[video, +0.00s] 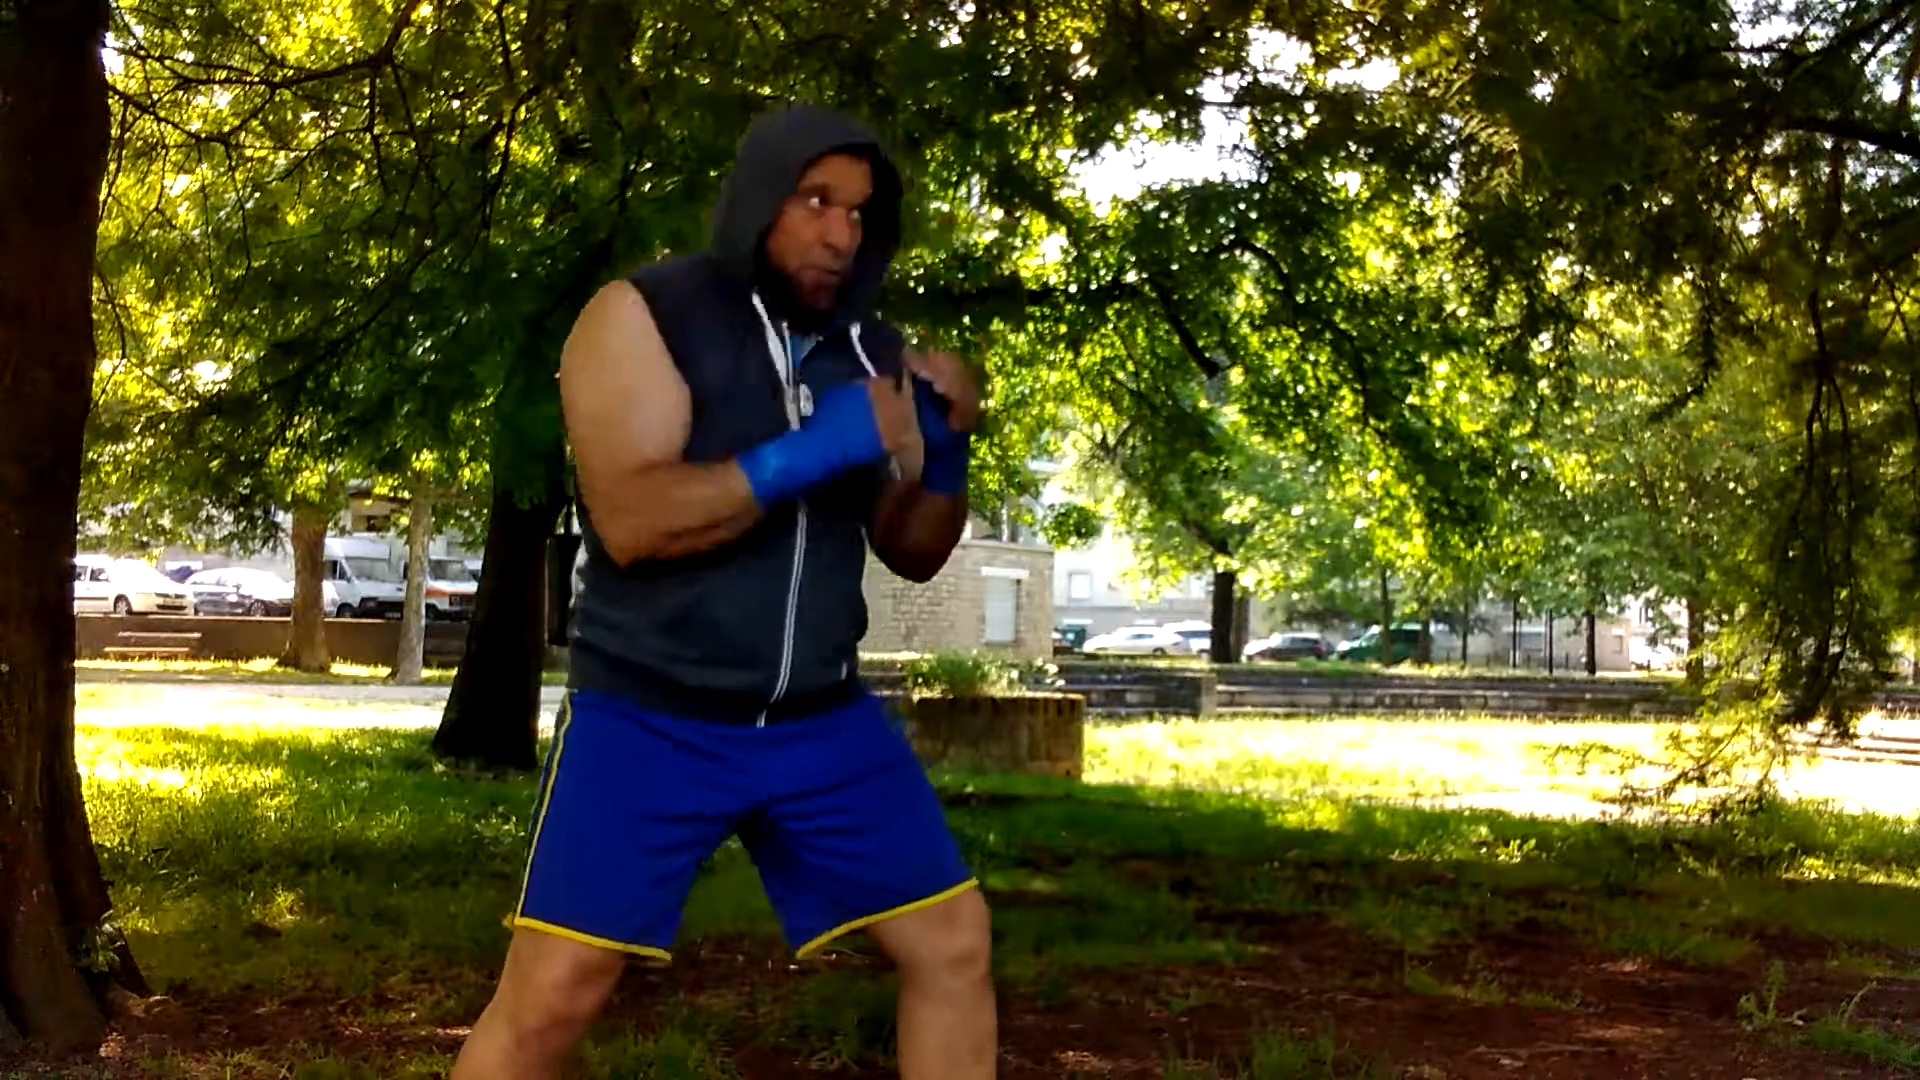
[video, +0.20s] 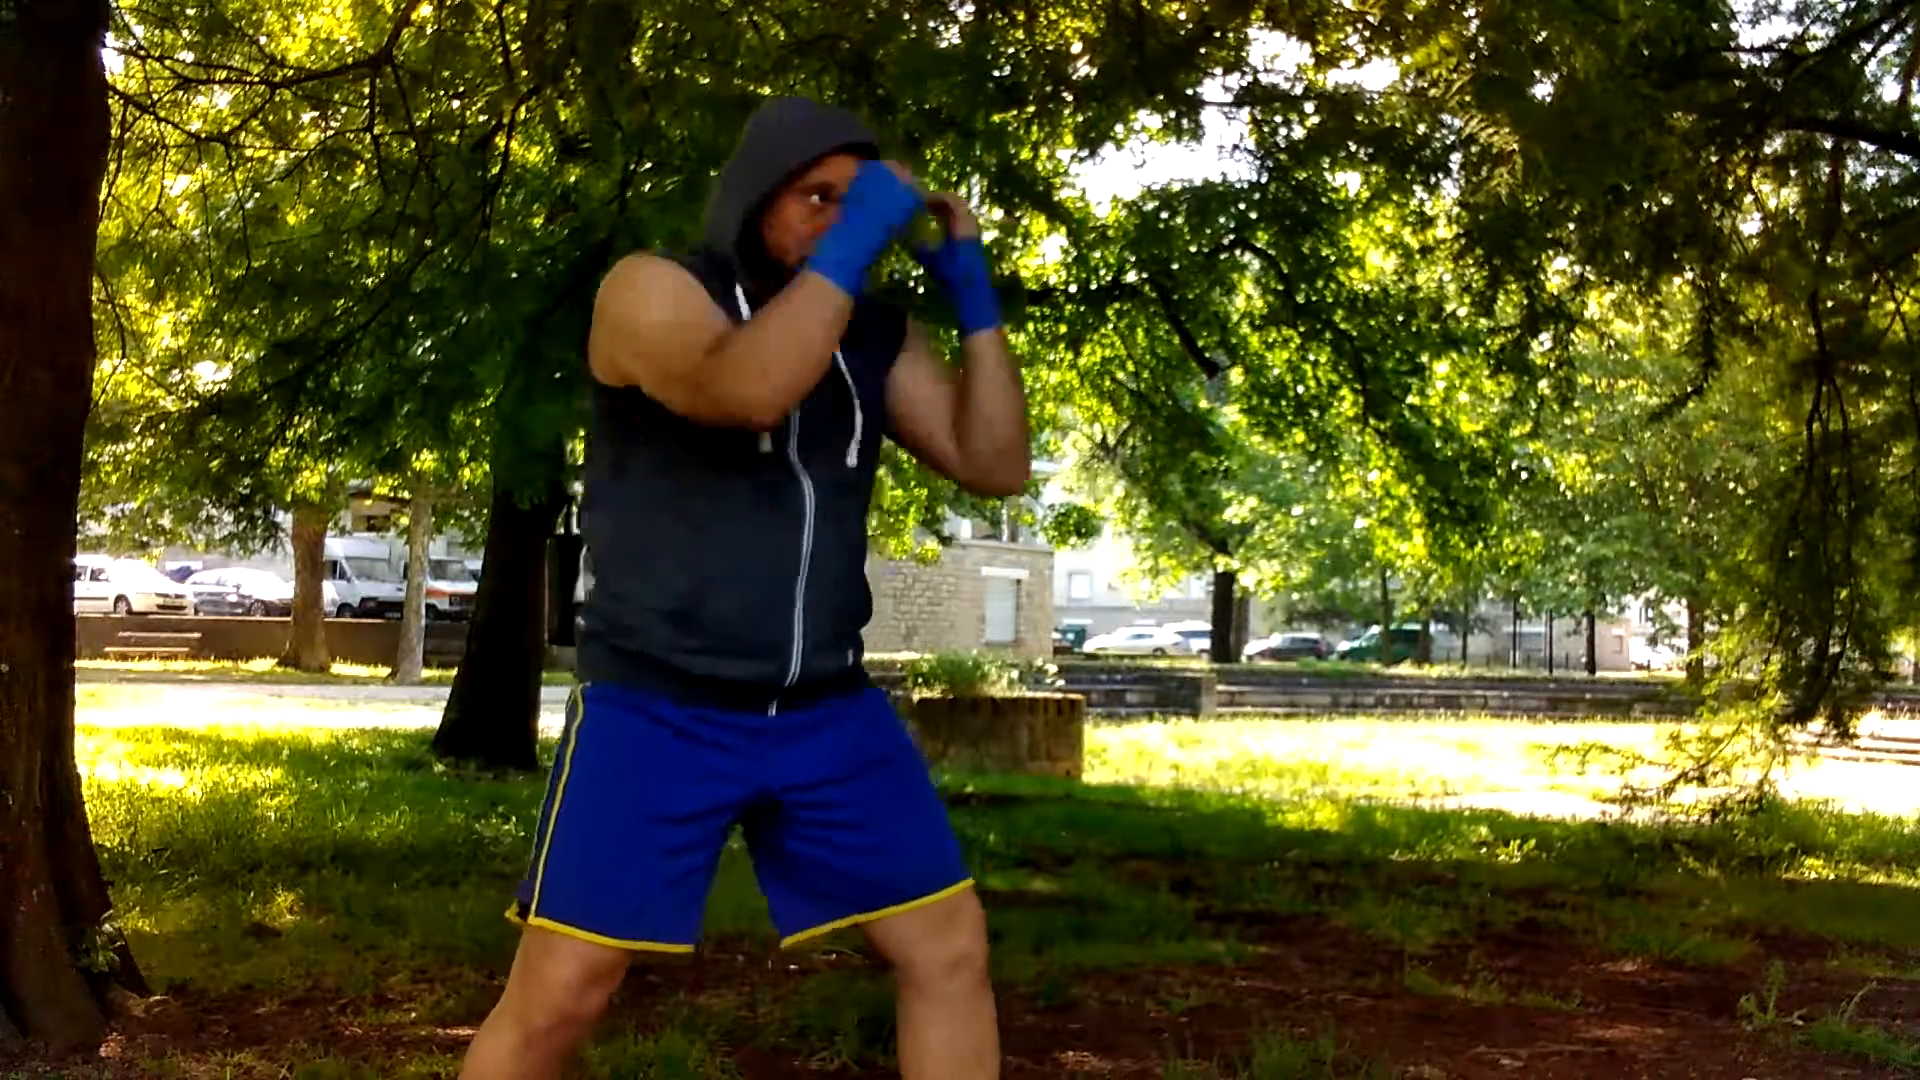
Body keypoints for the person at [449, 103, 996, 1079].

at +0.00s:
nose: (844, 233)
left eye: (859, 212)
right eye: (820, 202)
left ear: (873, 229)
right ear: (757, 202)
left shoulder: (874, 352)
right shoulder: (636, 316)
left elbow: (915, 553)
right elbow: (631, 520)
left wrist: (947, 445)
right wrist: (820, 443)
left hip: (823, 720)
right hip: (647, 722)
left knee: (951, 945)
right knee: (550, 998)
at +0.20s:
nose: (841, 225)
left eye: (857, 206)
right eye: (817, 197)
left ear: (867, 224)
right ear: (751, 196)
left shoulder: (868, 336)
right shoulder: (646, 291)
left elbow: (997, 465)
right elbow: (747, 387)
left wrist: (972, 289)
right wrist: (856, 238)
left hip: (830, 711)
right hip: (653, 712)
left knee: (947, 950)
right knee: (561, 993)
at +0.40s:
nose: (898, 255)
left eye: (917, 237)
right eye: (878, 223)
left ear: (930, 245)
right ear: (815, 213)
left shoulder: (902, 353)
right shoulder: (696, 287)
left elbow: (1029, 467)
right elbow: (833, 360)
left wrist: (1021, 277)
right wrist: (992, 213)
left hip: (842, 721)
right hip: (668, 720)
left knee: (947, 950)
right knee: (571, 1000)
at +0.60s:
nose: (887, 242)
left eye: (904, 220)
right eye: (864, 211)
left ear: (916, 232)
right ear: (801, 203)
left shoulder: (892, 362)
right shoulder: (672, 305)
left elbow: (906, 570)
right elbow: (666, 511)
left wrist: (958, 486)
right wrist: (875, 470)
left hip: (827, 721)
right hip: (652, 721)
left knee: (947, 955)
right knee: (563, 1006)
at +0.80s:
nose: (725, 229)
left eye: (747, 206)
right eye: (700, 200)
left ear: (767, 219)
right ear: (648, 200)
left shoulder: (791, 327)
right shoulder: (543, 317)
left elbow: (894, 507)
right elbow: (574, 492)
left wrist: (880, 351)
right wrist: (731, 350)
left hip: (782, 704)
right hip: (596, 714)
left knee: (902, 940)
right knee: (529, 995)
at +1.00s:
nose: (535, 268)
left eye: (562, 239)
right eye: (509, 236)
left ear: (600, 237)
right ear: (467, 237)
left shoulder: (676, 309)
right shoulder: (424, 359)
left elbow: (889, 375)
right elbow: (430, 563)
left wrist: (726, 253)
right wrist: (549, 418)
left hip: (716, 713)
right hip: (532, 722)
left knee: (810, 991)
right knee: (475, 988)